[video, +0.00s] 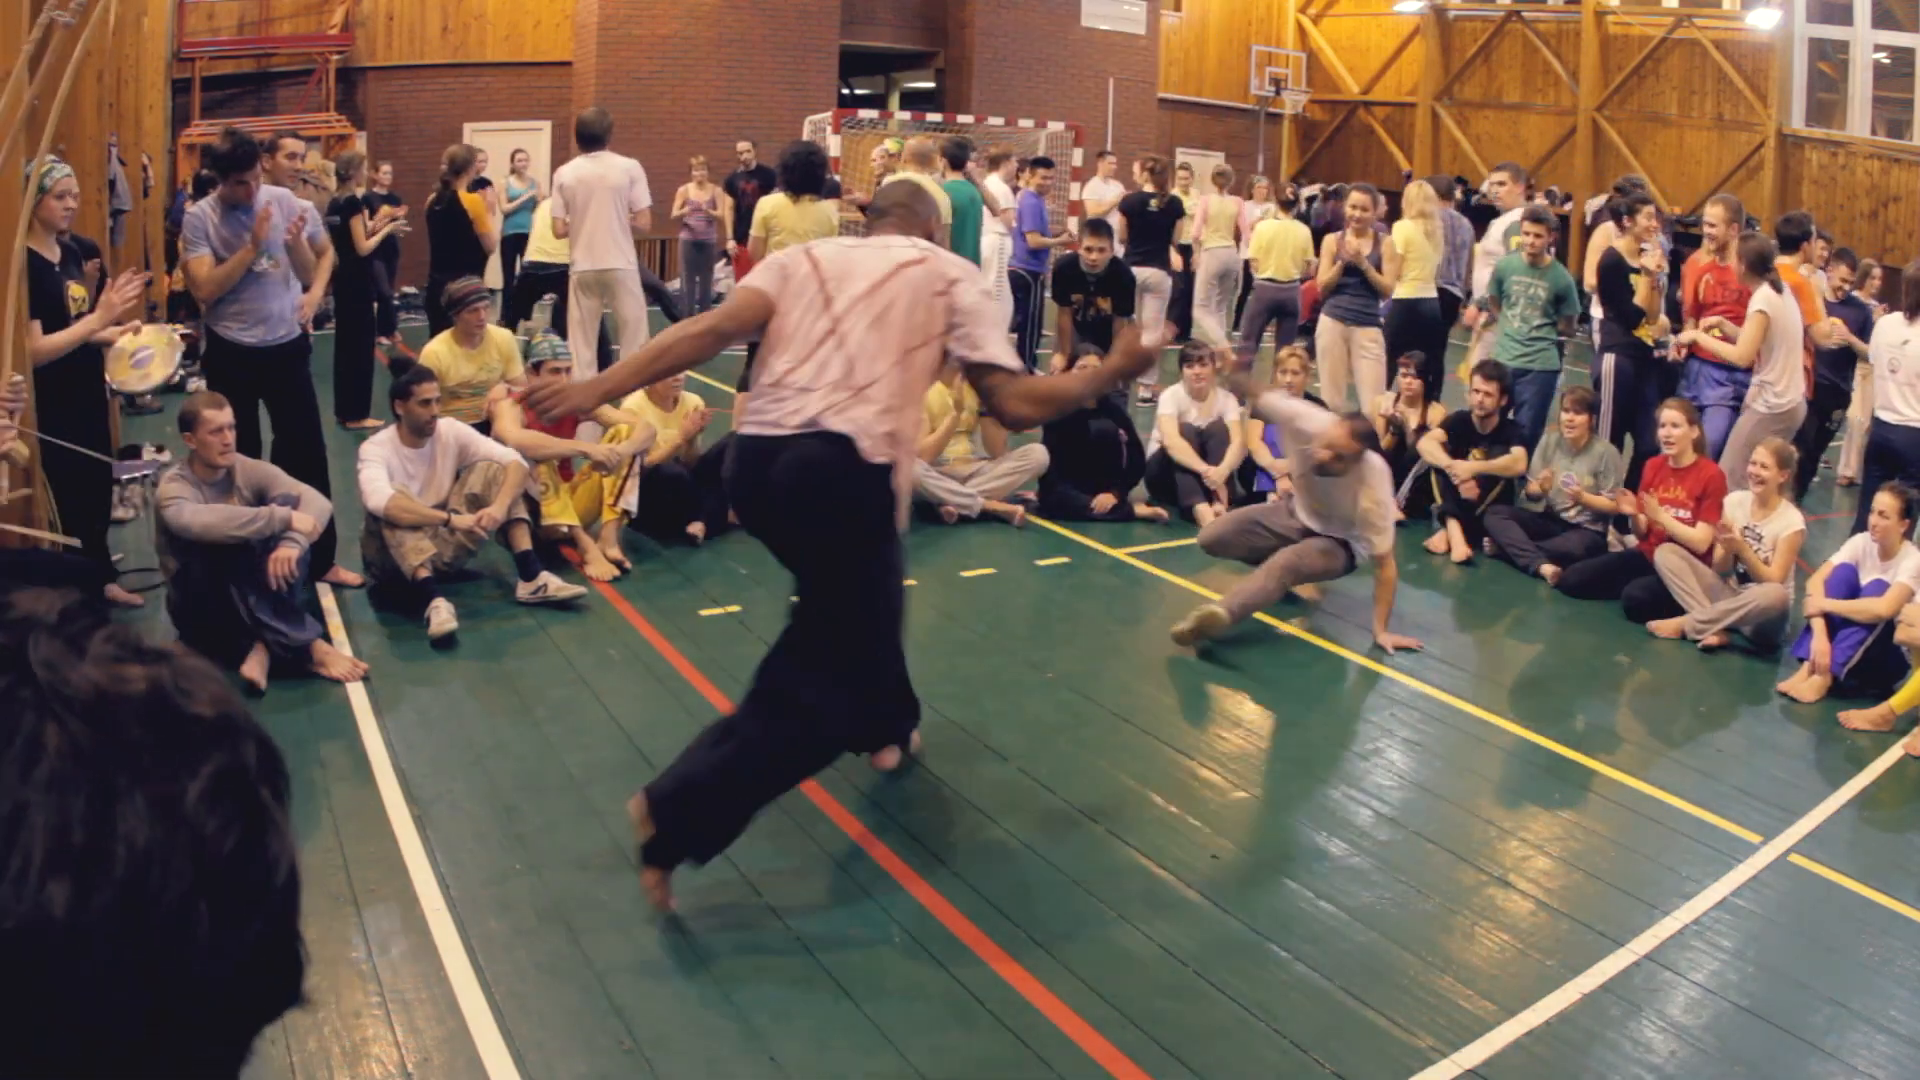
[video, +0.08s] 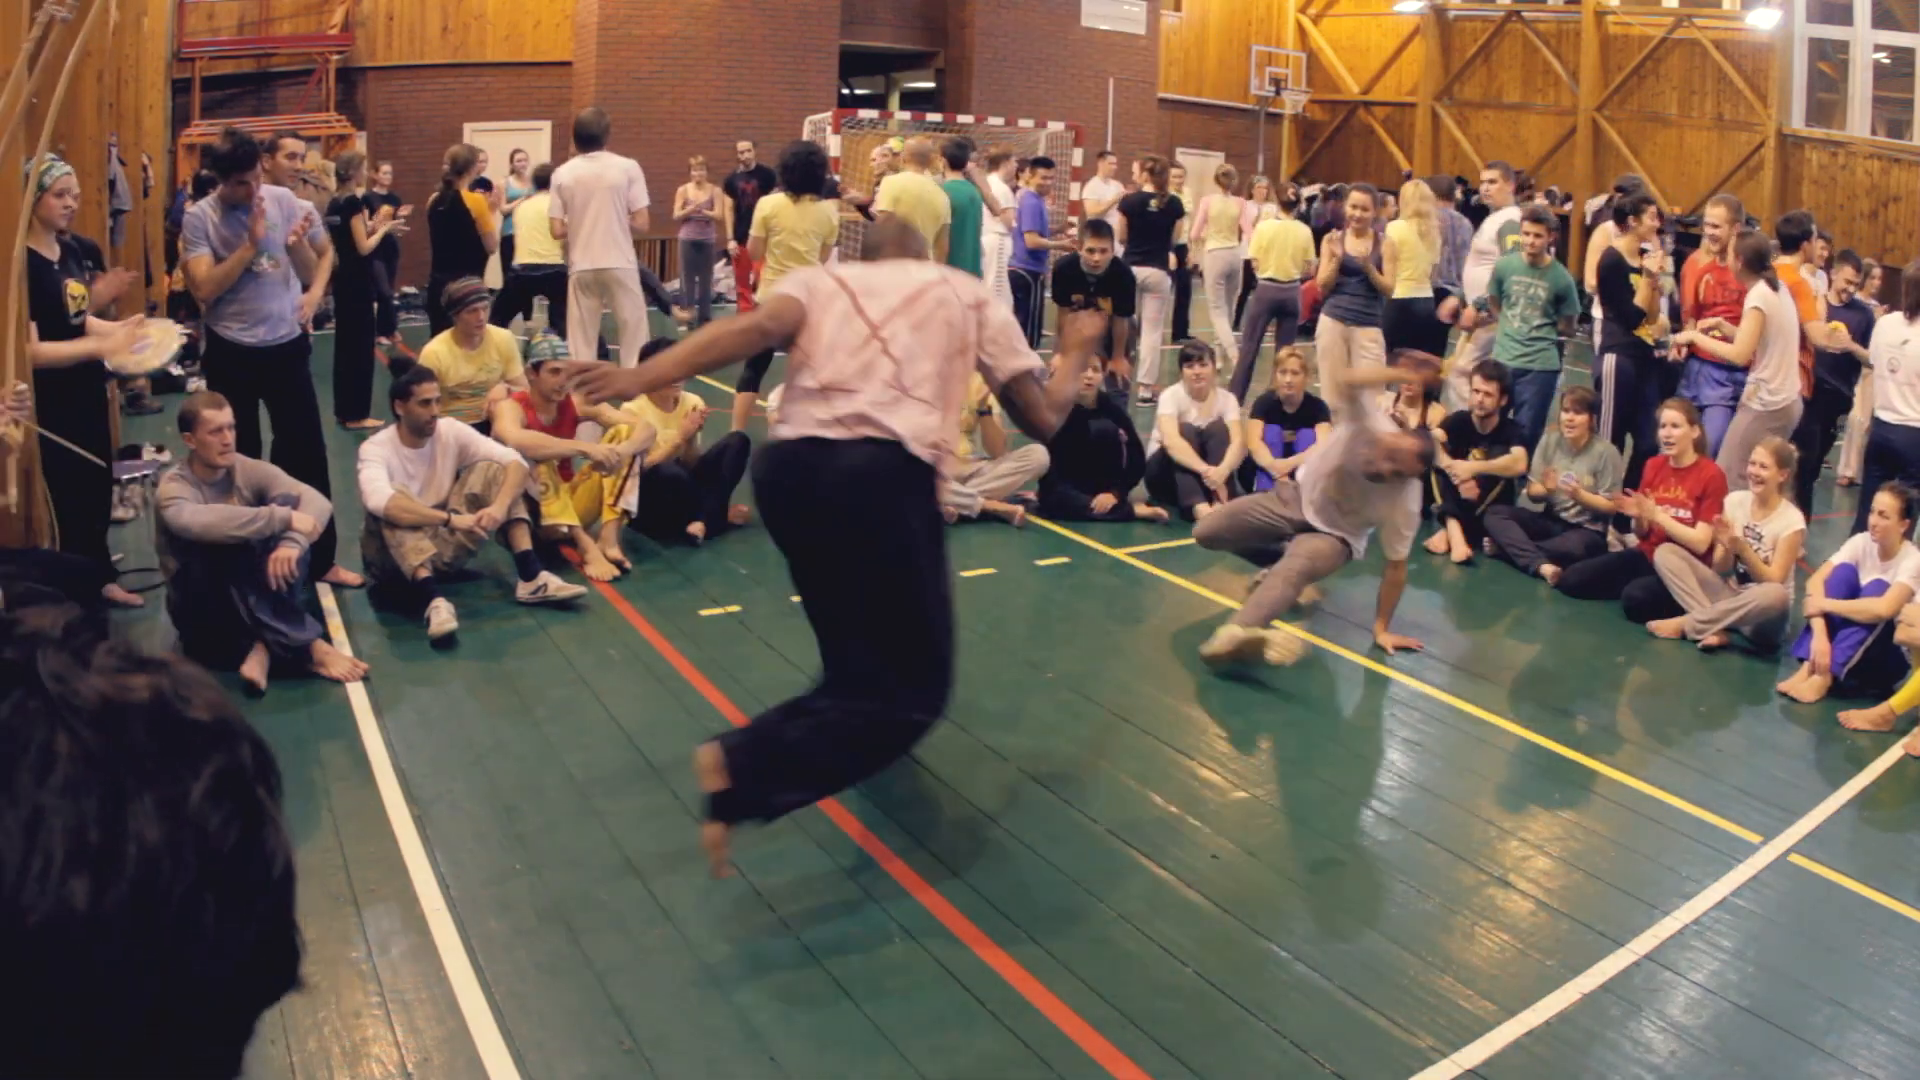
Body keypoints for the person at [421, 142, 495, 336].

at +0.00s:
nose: (478, 168)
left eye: (478, 162)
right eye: (476, 163)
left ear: (448, 166)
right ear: (469, 168)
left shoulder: (432, 201)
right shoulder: (473, 201)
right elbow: (490, 245)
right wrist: (493, 211)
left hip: (437, 282)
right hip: (467, 284)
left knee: (439, 346)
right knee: (465, 346)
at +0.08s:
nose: (480, 167)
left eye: (480, 162)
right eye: (478, 163)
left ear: (450, 166)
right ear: (471, 168)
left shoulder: (433, 201)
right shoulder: (476, 200)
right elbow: (491, 245)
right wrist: (496, 211)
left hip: (438, 283)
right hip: (469, 284)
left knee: (439, 345)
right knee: (467, 344)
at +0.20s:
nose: (481, 167)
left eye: (481, 162)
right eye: (479, 163)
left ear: (451, 166)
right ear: (472, 169)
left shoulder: (436, 201)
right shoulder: (480, 202)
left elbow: (438, 241)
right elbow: (488, 245)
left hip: (441, 279)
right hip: (470, 280)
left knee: (441, 339)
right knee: (469, 338)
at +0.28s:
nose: (484, 167)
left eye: (484, 163)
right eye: (482, 163)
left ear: (454, 165)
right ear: (474, 168)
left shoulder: (437, 200)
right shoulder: (480, 201)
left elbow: (440, 238)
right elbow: (494, 247)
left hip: (442, 278)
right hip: (472, 279)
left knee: (442, 338)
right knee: (471, 338)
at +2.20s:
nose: (476, 166)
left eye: (476, 161)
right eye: (473, 162)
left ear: (445, 167)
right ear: (463, 167)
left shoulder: (432, 200)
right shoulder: (474, 198)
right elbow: (487, 245)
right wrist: (486, 210)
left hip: (438, 280)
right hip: (467, 280)